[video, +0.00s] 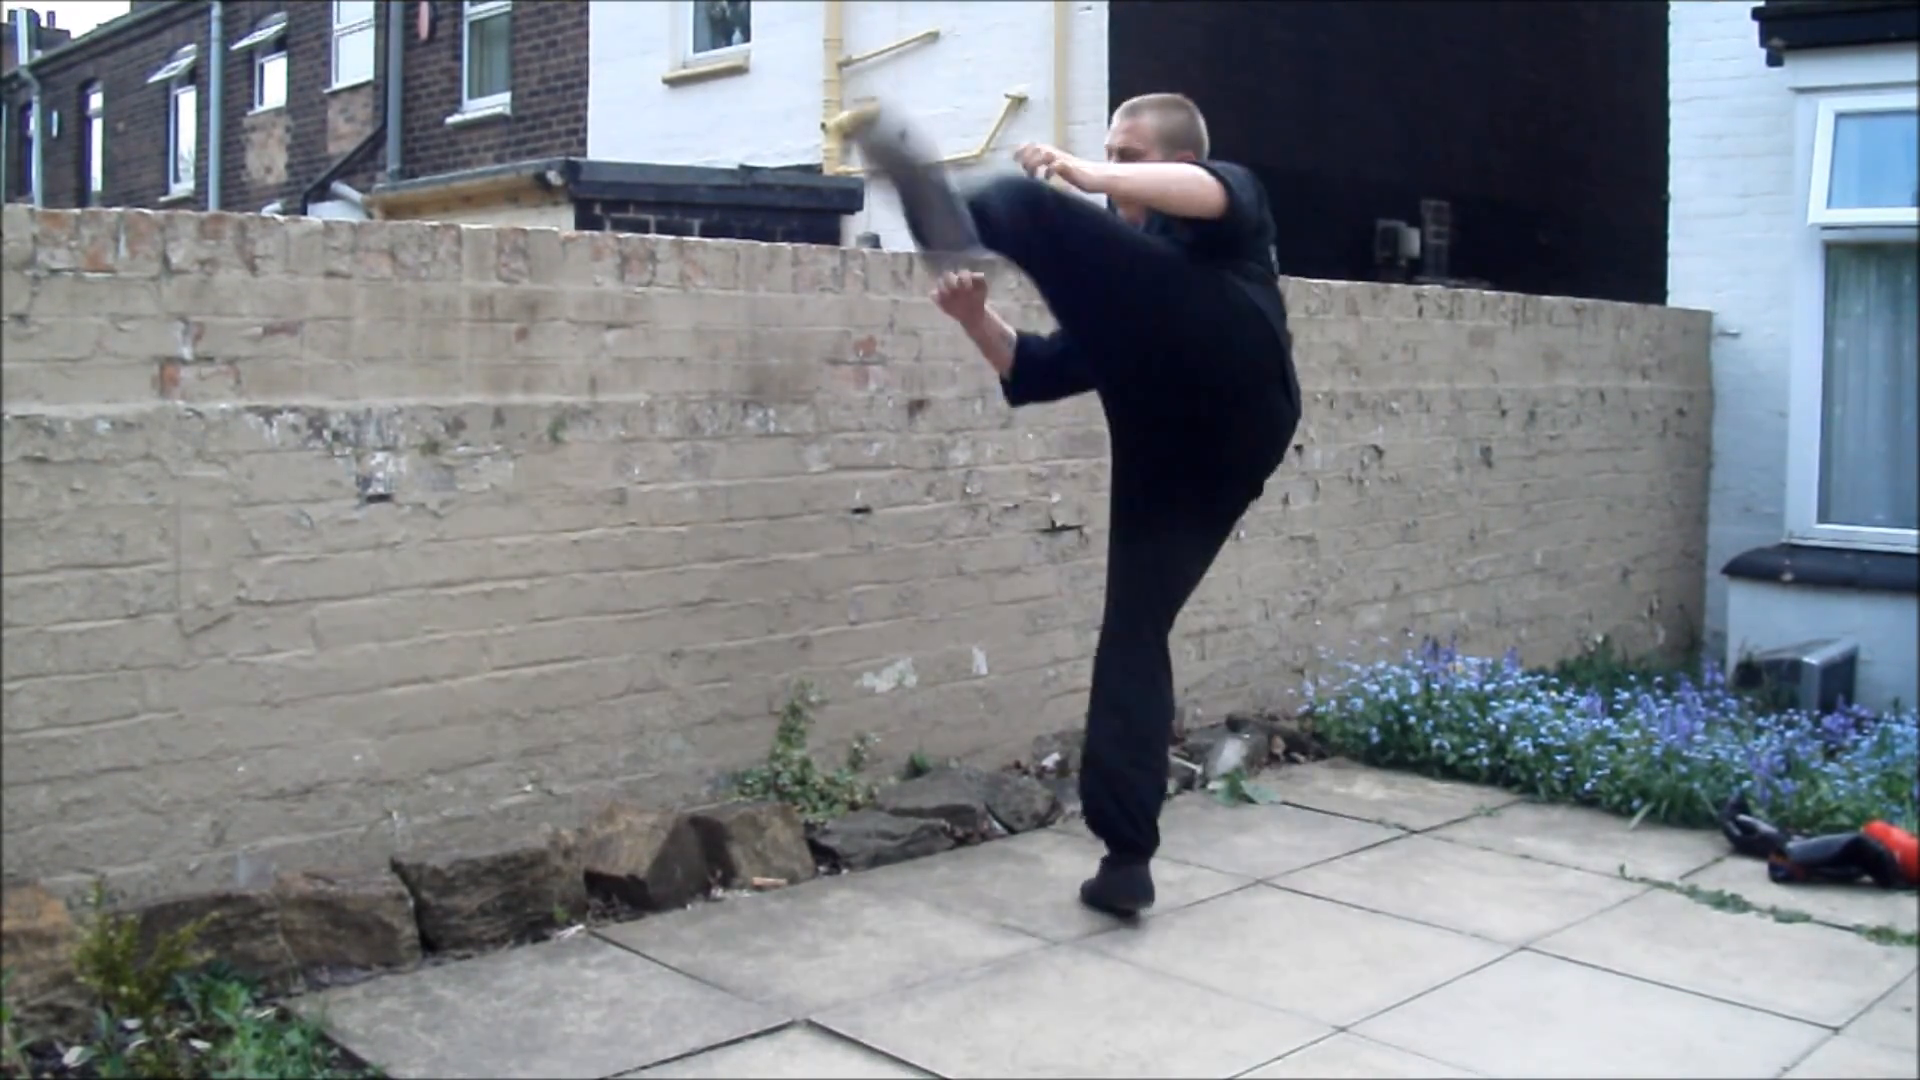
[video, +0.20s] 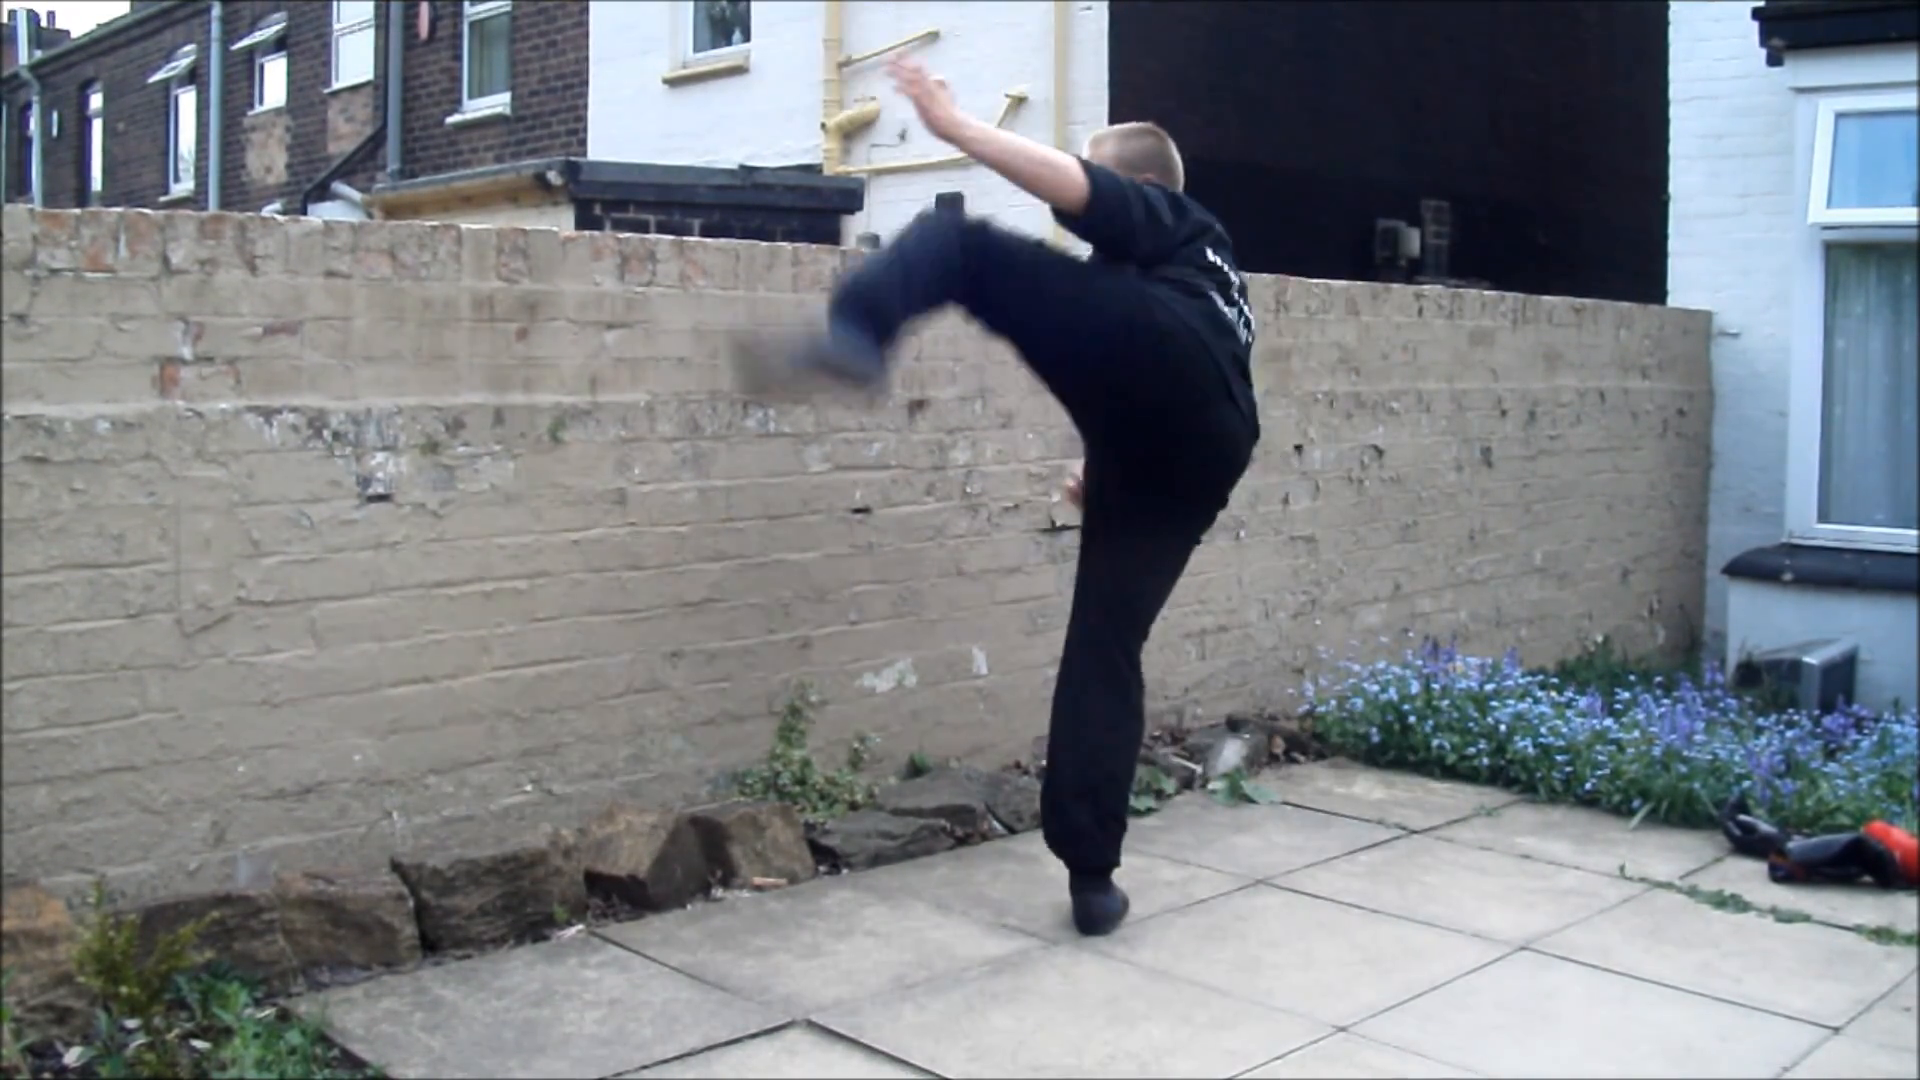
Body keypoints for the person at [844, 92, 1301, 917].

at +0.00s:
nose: (1110, 169)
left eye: (1128, 156)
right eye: (1109, 155)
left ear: (1182, 165)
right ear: (1117, 164)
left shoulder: (1234, 201)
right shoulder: (1121, 282)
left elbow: (1213, 197)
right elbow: (1040, 370)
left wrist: (1092, 175)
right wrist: (975, 318)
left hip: (1237, 375)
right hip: (1179, 463)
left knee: (1043, 216)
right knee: (1134, 634)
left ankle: (963, 213)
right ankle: (1127, 859)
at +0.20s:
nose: (1083, 190)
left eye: (1092, 180)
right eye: (1086, 180)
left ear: (1121, 183)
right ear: (1176, 187)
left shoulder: (1163, 212)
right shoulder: (1212, 258)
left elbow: (1078, 186)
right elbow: (1187, 386)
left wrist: (956, 126)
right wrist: (1098, 470)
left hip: (1150, 360)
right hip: (1202, 453)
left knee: (959, 239)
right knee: (1107, 649)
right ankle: (1094, 879)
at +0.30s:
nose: (1099, 182)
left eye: (1107, 169)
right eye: (1102, 168)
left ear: (1143, 168)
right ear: (1190, 173)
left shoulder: (1146, 199)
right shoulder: (1259, 287)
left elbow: (1033, 212)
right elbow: (1304, 437)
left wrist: (931, 178)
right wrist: (1199, 480)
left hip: (1094, 383)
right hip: (1175, 464)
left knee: (887, 448)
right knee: (1098, 656)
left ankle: (956, 652)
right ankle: (1093, 879)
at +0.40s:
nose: (1106, 150)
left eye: (1109, 138)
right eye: (1105, 139)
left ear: (1135, 133)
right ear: (1198, 138)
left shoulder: (1121, 172)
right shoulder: (1274, 246)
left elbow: (968, 261)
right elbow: (1305, 381)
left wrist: (988, 203)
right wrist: (1213, 431)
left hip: (1062, 409)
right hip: (1170, 451)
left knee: (934, 576)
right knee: (1094, 654)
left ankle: (968, 800)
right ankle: (1097, 879)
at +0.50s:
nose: (1102, 108)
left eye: (1102, 97)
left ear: (1110, 99)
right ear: (1195, 102)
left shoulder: (1066, 156)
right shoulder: (1255, 193)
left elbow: (998, 289)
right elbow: (1259, 357)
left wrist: (1077, 301)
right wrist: (1183, 346)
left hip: (1032, 407)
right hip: (1153, 425)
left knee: (992, 638)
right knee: (1112, 656)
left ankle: (952, 857)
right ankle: (1098, 882)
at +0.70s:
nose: (1178, 101)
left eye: (1177, 85)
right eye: (1172, 83)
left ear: (1094, 81)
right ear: (1133, 80)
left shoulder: (1039, 160)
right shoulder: (1121, 164)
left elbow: (1111, 268)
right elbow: (1186, 314)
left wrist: (1176, 194)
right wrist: (1213, 252)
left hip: (1004, 438)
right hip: (1093, 448)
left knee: (1012, 653)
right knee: (1118, 670)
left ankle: (988, 858)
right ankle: (1102, 884)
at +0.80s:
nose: (1167, 72)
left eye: (1165, 55)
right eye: (1152, 50)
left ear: (1099, 62)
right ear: (1093, 55)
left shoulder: (1090, 152)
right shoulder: (1053, 149)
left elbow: (1200, 260)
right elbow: (1132, 263)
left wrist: (1191, 162)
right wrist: (1175, 175)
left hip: (1039, 426)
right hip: (1077, 434)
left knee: (1033, 638)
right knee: (1117, 647)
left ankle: (986, 845)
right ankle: (1075, 862)